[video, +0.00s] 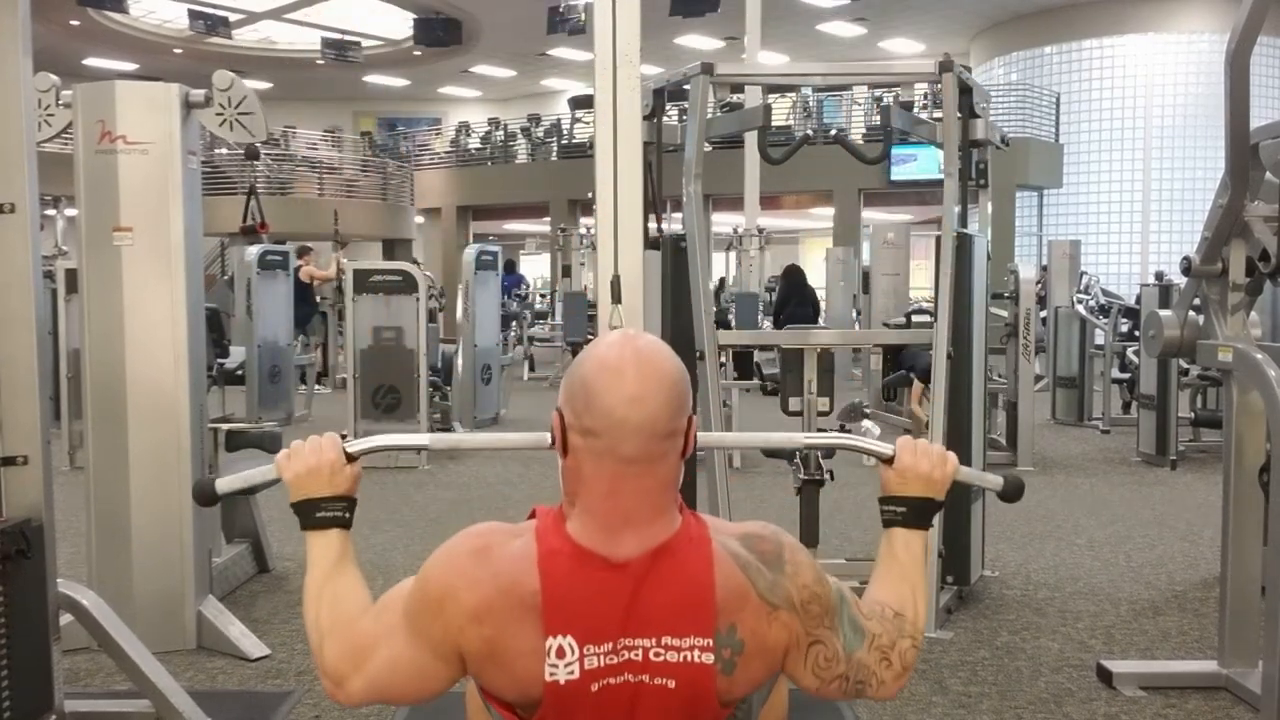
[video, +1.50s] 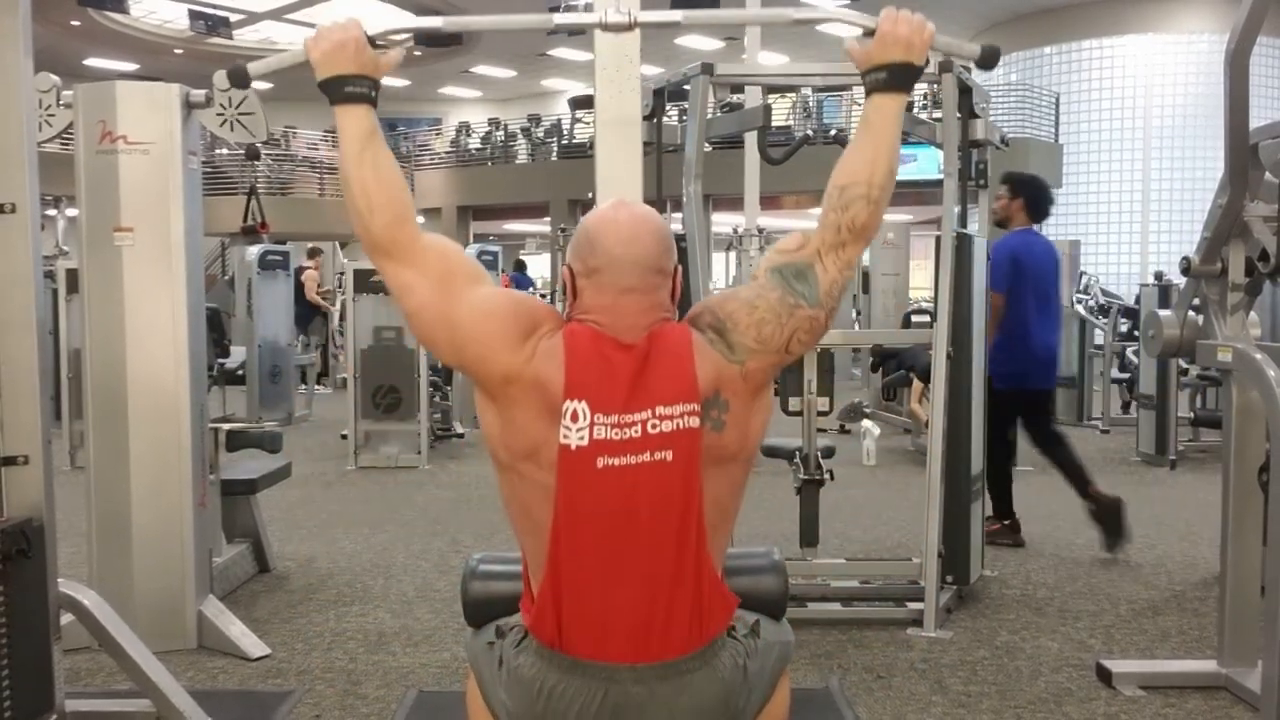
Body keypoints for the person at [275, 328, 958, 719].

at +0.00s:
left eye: (562, 407)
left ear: (561, 435)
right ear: (688, 440)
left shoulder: (480, 574)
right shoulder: (761, 571)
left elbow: (349, 671)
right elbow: (879, 668)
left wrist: (323, 516)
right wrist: (912, 511)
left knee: (484, 665)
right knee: (773, 648)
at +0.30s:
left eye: (556, 392)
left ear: (556, 417)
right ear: (683, 418)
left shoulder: (476, 551)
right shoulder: (758, 553)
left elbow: (340, 623)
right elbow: (887, 623)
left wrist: (321, 467)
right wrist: (909, 467)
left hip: (527, 709)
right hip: (698, 712)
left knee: (479, 678)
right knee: (767, 641)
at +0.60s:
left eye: (559, 362)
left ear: (557, 383)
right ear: (679, 384)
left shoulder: (479, 502)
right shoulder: (754, 501)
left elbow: (333, 532)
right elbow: (897, 527)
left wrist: (323, 378)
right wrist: (909, 375)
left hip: (534, 707)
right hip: (707, 706)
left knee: (484, 628)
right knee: (772, 638)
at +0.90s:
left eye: (560, 320)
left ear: (559, 342)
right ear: (675, 340)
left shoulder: (488, 437)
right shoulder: (746, 436)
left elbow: (336, 411)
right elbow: (893, 403)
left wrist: (328, 261)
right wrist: (904, 257)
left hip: (551, 696)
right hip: (701, 693)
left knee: (491, 630)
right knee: (767, 644)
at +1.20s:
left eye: (564, 286)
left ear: (564, 308)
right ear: (672, 306)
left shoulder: (500, 383)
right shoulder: (741, 385)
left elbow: (358, 309)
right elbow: (868, 304)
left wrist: (337, 160)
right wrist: (894, 157)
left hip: (549, 695)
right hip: (702, 693)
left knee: (488, 659)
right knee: (767, 655)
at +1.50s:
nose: (566, 279)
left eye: (568, 268)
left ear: (571, 285)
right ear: (675, 285)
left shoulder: (513, 349)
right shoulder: (735, 352)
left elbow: (395, 246)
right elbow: (843, 230)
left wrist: (348, 90)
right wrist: (892, 81)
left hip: (555, 683)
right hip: (700, 683)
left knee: (488, 668)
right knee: (771, 649)